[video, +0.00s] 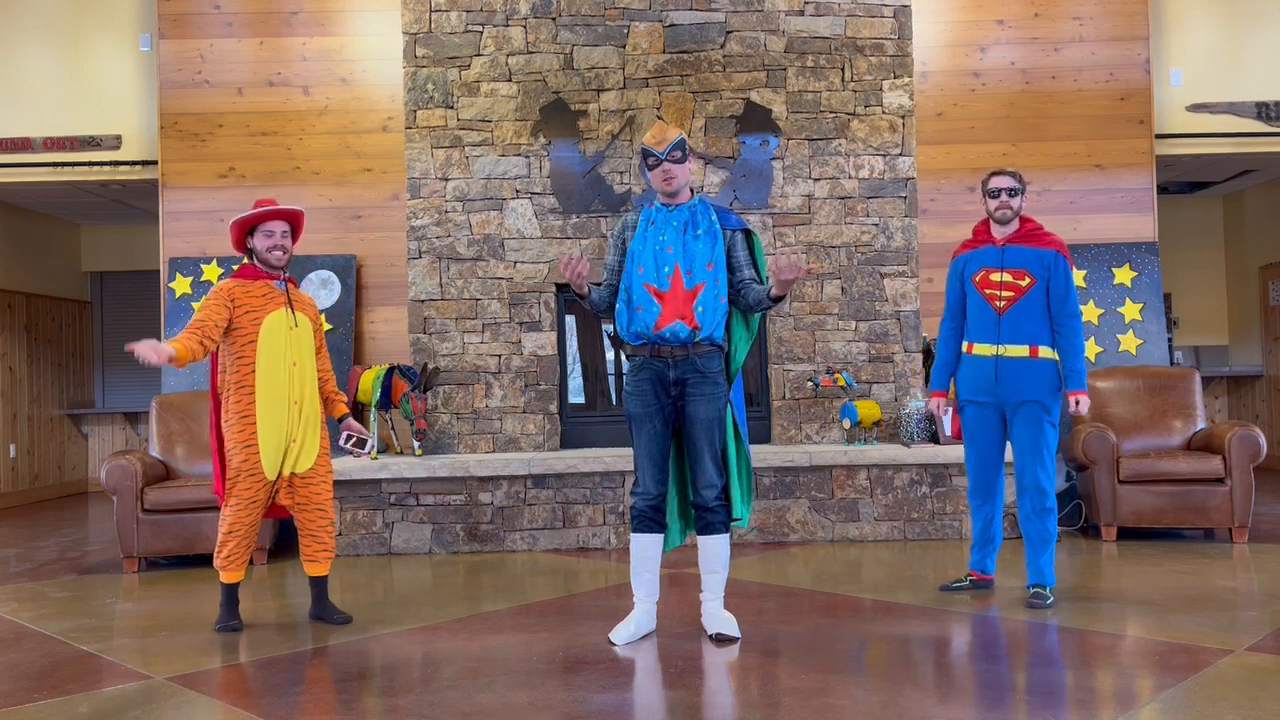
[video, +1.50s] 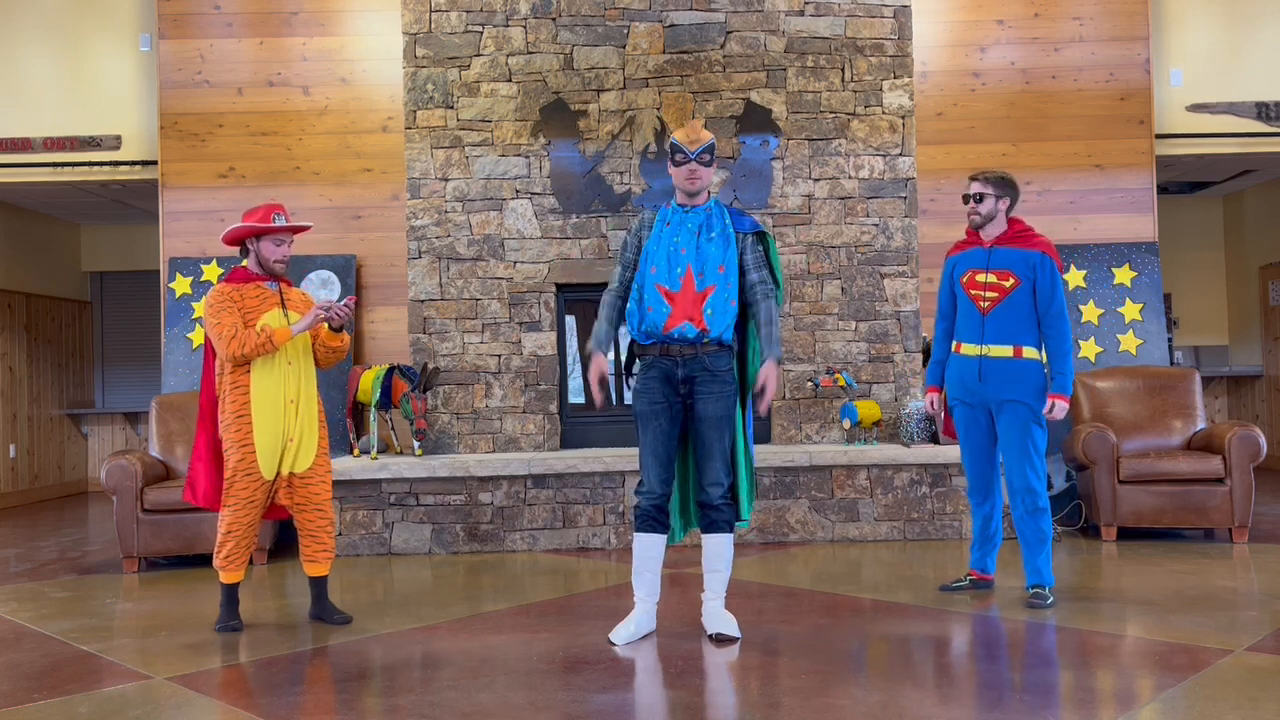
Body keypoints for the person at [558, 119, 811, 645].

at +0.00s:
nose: (667, 170)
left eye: (676, 159)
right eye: (656, 163)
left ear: (693, 164)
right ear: (645, 171)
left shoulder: (724, 223)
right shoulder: (632, 224)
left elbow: (748, 297)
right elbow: (606, 299)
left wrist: (777, 288)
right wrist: (582, 288)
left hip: (703, 365)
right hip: (644, 366)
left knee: (709, 486)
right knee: (648, 489)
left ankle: (714, 608)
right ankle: (644, 610)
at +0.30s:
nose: (667, 168)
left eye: (676, 157)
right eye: (656, 161)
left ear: (694, 165)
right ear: (645, 172)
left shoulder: (724, 223)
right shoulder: (632, 224)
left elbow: (747, 298)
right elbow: (609, 302)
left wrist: (774, 271)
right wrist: (588, 273)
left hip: (703, 365)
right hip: (644, 366)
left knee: (709, 485)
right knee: (648, 488)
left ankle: (714, 608)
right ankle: (644, 609)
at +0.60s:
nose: (670, 171)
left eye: (679, 161)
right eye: (659, 164)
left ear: (696, 167)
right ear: (648, 173)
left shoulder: (725, 226)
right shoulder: (634, 226)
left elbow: (750, 297)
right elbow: (604, 300)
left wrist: (782, 283)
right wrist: (579, 288)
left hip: (704, 365)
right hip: (645, 366)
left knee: (709, 485)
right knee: (648, 487)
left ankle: (714, 607)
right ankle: (644, 610)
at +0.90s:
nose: (672, 171)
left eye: (682, 160)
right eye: (661, 163)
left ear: (699, 167)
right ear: (651, 171)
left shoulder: (727, 226)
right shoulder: (635, 225)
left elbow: (751, 299)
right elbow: (608, 300)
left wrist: (781, 283)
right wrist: (584, 280)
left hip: (705, 365)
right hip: (645, 365)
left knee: (710, 485)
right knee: (649, 487)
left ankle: (714, 608)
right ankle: (644, 609)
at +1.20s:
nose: (680, 171)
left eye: (689, 161)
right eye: (669, 163)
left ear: (703, 166)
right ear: (657, 170)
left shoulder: (731, 225)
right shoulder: (641, 222)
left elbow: (752, 301)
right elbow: (614, 299)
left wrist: (780, 283)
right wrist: (589, 279)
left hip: (708, 365)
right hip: (649, 365)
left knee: (711, 486)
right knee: (650, 487)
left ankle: (714, 608)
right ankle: (644, 609)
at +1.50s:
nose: (692, 170)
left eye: (702, 161)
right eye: (682, 161)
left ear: (716, 166)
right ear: (669, 166)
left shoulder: (740, 226)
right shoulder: (646, 223)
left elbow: (762, 296)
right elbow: (616, 290)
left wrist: (770, 358)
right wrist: (600, 348)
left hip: (715, 366)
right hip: (654, 366)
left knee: (716, 488)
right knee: (653, 489)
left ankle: (715, 607)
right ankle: (644, 609)